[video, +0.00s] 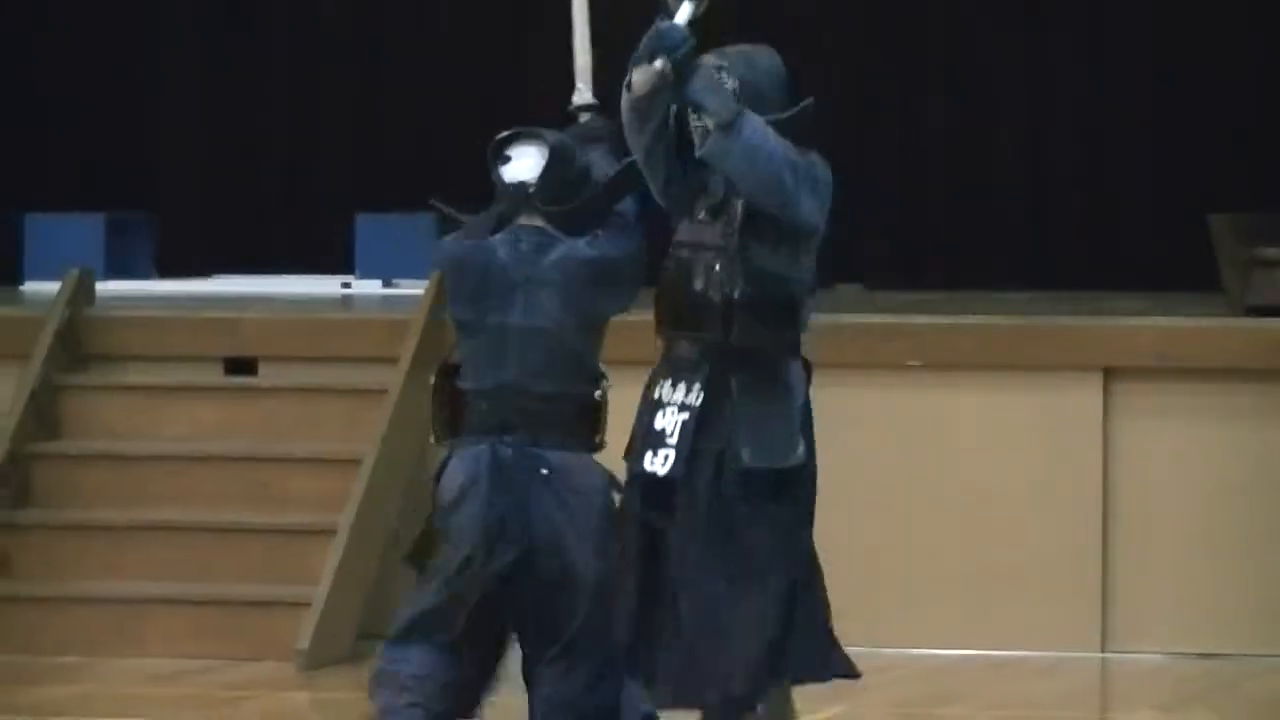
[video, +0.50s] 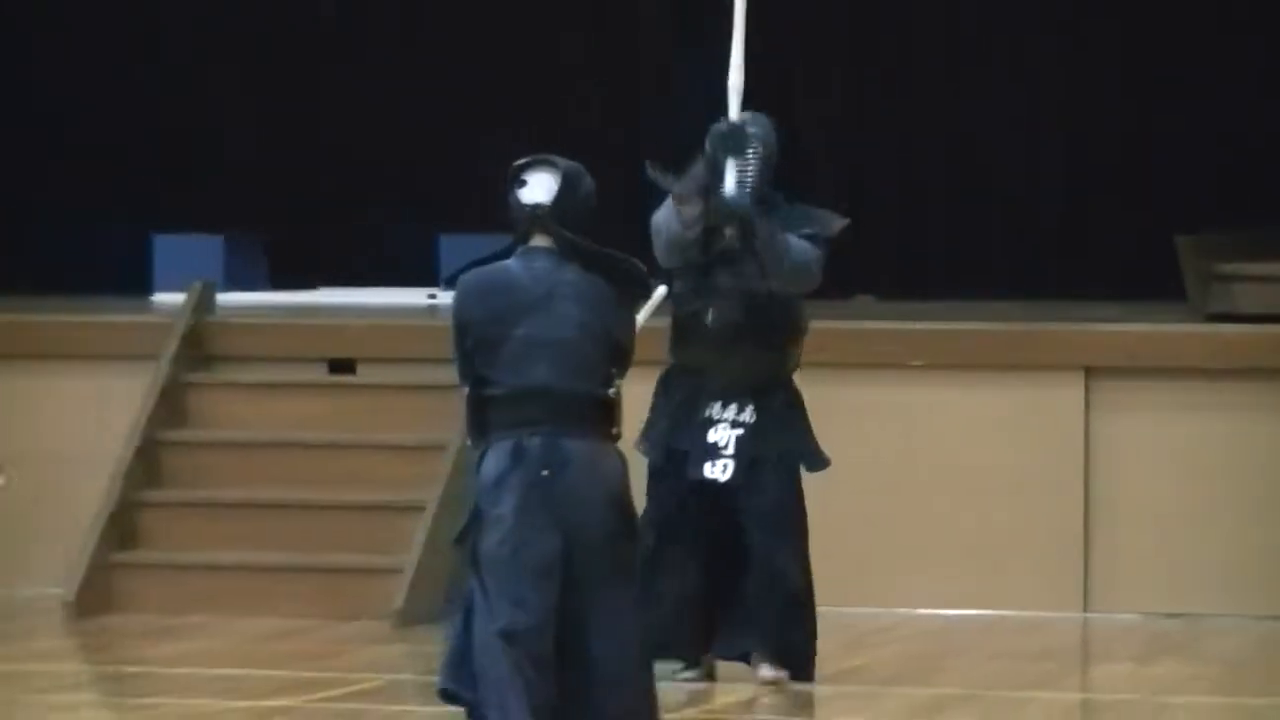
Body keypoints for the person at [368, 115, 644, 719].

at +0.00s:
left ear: (505, 202)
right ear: (566, 206)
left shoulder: (462, 261)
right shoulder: (588, 267)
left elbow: (464, 241)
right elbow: (640, 232)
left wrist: (509, 201)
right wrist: (620, 168)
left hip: (478, 460)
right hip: (568, 463)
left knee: (442, 639)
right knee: (573, 655)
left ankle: (413, 704)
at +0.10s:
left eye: (505, 184)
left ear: (496, 203)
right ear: (563, 207)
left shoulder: (450, 266)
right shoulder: (580, 274)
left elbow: (450, 240)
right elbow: (613, 258)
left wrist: (503, 212)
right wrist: (586, 198)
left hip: (465, 461)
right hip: (554, 465)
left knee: (427, 633)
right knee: (567, 647)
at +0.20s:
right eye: (542, 200)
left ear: (473, 202)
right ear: (539, 203)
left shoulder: (427, 275)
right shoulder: (559, 277)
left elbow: (425, 350)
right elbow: (593, 345)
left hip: (455, 463)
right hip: (544, 468)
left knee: (440, 630)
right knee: (560, 640)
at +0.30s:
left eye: (479, 203)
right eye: (539, 210)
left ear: (473, 211)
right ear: (541, 213)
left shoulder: (429, 285)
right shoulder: (572, 288)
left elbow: (424, 383)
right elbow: (580, 364)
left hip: (459, 466)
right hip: (547, 470)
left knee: (468, 633)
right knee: (567, 628)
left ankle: (473, 714)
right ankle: (564, 712)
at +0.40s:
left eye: (495, 203)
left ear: (490, 211)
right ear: (558, 214)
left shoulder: (450, 285)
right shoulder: (586, 292)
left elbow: (446, 376)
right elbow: (597, 367)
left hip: (484, 462)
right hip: (570, 464)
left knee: (491, 627)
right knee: (583, 620)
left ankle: (497, 712)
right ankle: (591, 713)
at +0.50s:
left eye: (521, 206)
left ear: (517, 214)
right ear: (579, 218)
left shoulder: (476, 286)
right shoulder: (603, 292)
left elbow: (471, 372)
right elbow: (619, 361)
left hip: (509, 456)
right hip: (591, 456)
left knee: (512, 617)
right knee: (608, 611)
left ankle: (512, 710)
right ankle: (616, 709)